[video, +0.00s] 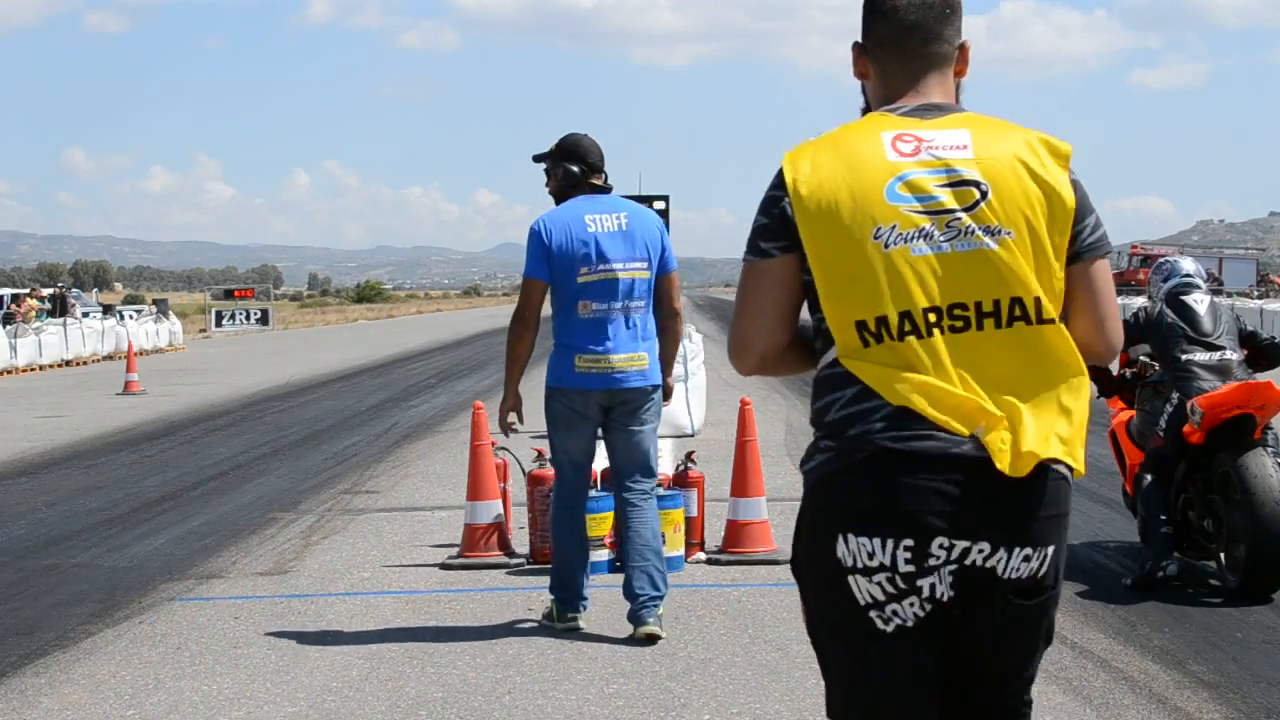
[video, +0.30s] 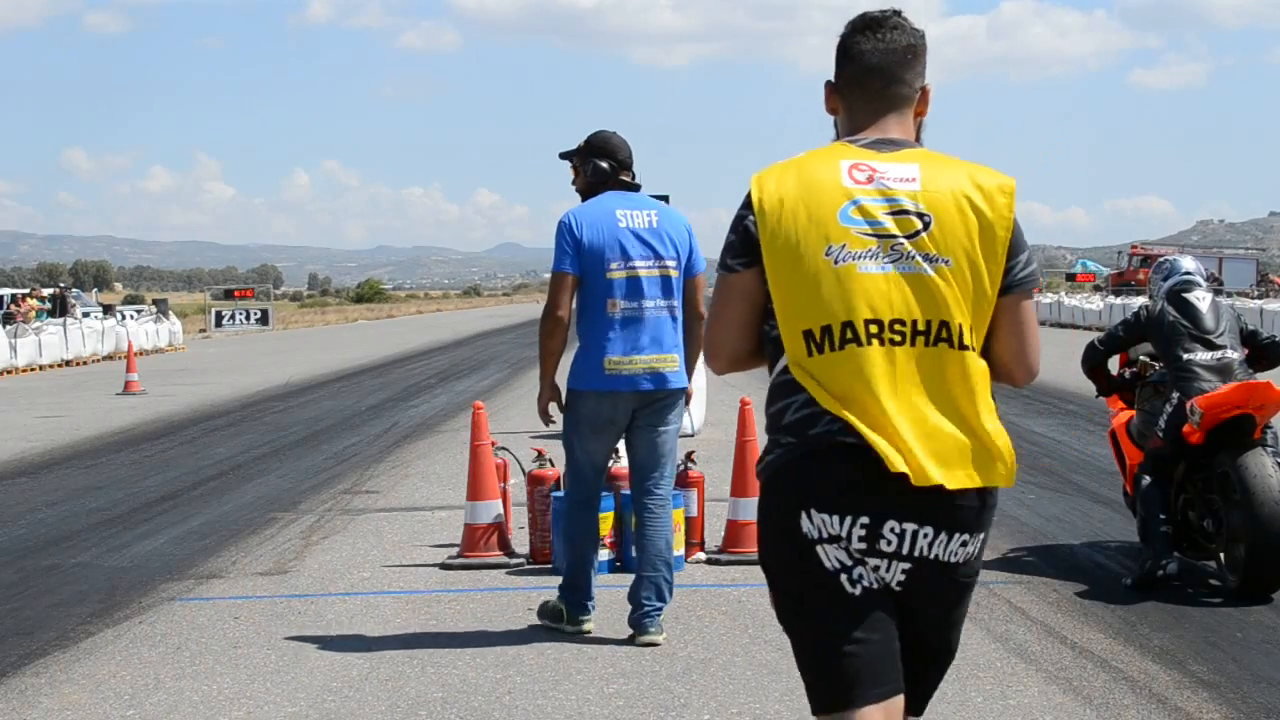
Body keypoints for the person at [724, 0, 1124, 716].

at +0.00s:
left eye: (856, 66)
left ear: (861, 67)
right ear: (963, 62)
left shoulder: (809, 173)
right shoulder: (1042, 163)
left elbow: (756, 350)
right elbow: (1099, 340)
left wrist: (850, 329)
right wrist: (1000, 335)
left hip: (873, 497)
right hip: (1021, 508)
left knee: (872, 706)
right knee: (1000, 707)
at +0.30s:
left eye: (832, 91)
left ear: (831, 97)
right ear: (925, 98)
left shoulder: (776, 193)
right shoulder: (988, 198)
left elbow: (726, 350)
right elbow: (1019, 364)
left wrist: (814, 314)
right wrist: (935, 313)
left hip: (822, 487)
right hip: (954, 496)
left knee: (865, 708)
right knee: (897, 704)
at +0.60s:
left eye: (812, 94)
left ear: (814, 99)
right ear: (898, 103)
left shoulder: (759, 184)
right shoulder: (951, 195)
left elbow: (710, 325)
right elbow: (979, 343)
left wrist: (786, 303)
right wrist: (898, 313)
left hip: (788, 468)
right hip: (913, 472)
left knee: (774, 660)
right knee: (882, 667)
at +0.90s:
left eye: (778, 126)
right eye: (850, 126)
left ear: (775, 133)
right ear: (852, 134)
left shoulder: (722, 217)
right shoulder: (896, 216)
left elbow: (690, 345)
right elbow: (934, 350)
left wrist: (761, 316)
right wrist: (862, 317)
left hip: (758, 464)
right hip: (871, 462)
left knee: (763, 637)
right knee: (859, 643)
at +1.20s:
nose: (839, 148)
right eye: (839, 141)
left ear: (765, 141)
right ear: (836, 144)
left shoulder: (710, 209)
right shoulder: (863, 209)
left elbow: (695, 324)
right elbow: (903, 324)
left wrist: (765, 293)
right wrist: (845, 281)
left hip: (733, 439)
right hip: (839, 439)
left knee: (752, 610)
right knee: (838, 593)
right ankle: (826, 713)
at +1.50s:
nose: (868, 210)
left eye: (865, 202)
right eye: (868, 203)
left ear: (799, 198)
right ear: (860, 206)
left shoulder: (738, 247)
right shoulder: (876, 254)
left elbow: (730, 339)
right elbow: (904, 361)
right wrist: (860, 323)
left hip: (739, 450)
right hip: (836, 456)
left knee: (748, 585)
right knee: (841, 593)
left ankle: (756, 702)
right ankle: (814, 715)